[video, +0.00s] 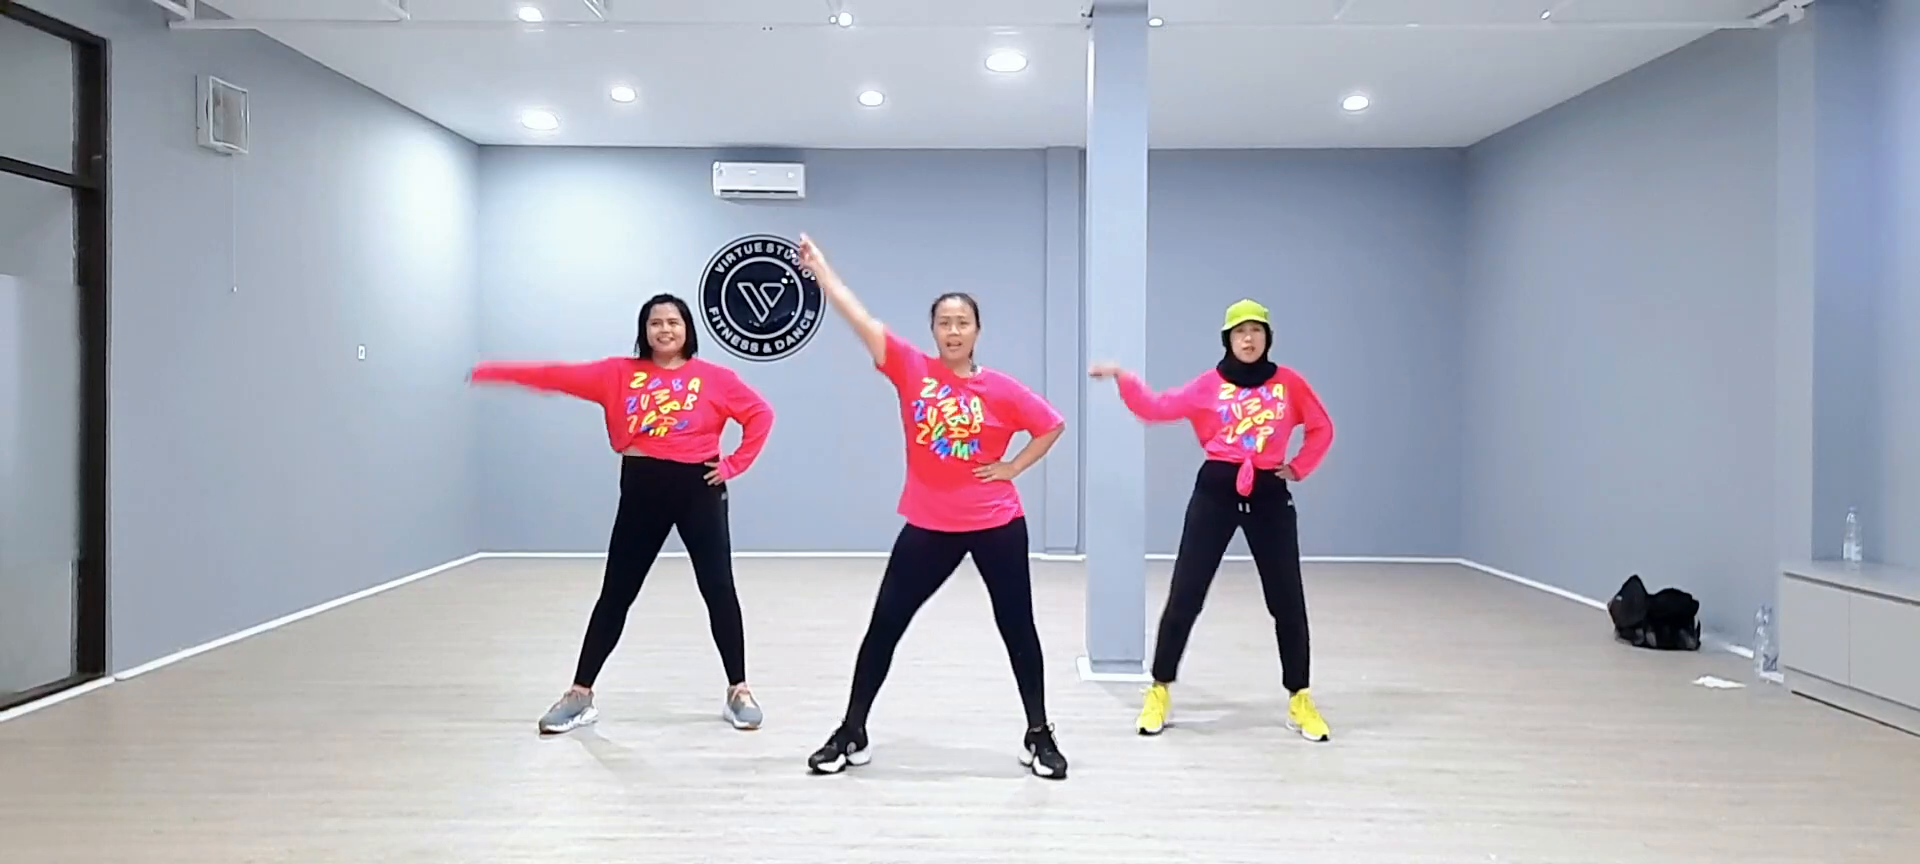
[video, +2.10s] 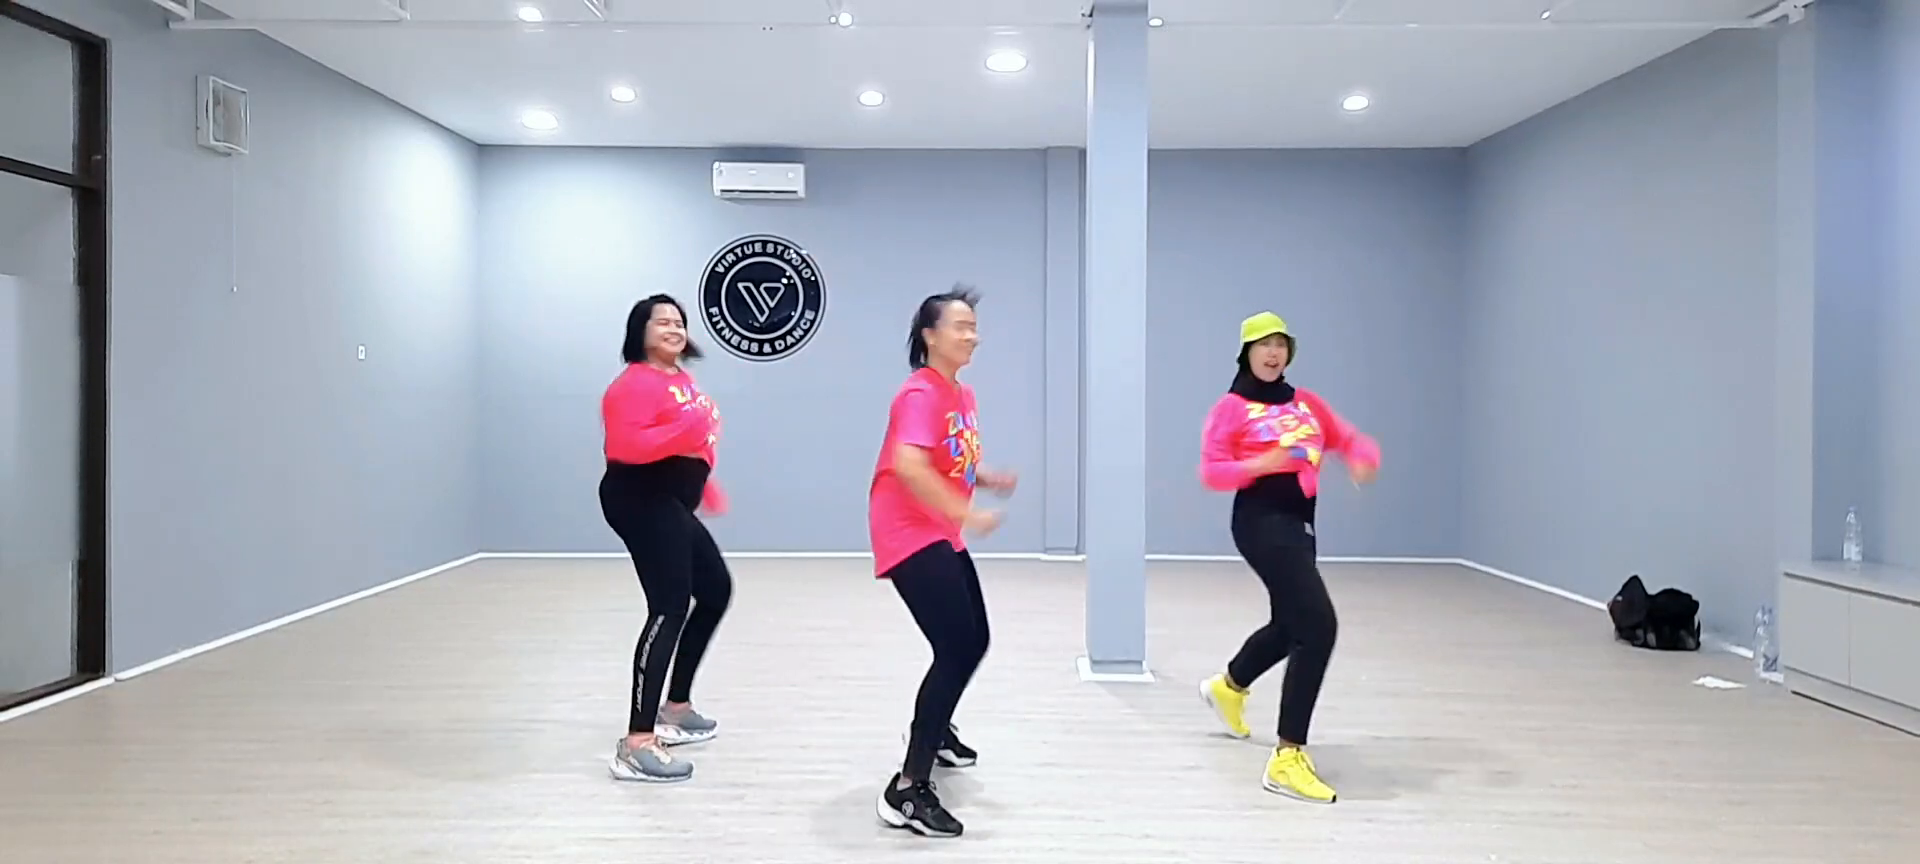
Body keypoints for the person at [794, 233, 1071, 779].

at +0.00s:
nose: (953, 330)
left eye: (962, 322)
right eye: (944, 323)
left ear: (977, 331)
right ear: (932, 331)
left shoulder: (1000, 389)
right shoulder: (912, 370)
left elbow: (1052, 426)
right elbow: (862, 322)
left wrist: (1015, 467)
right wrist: (821, 270)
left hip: (995, 524)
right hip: (930, 525)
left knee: (1018, 627)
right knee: (884, 626)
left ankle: (1039, 734)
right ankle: (853, 731)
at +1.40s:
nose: (909, 304)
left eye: (918, 296)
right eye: (900, 296)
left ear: (932, 305)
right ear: (884, 304)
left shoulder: (953, 356)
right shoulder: (869, 346)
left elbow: (997, 392)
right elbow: (856, 295)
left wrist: (980, 448)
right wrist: (856, 244)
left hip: (938, 490)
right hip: (876, 490)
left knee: (969, 601)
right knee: (862, 603)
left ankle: (985, 712)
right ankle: (840, 711)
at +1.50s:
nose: (922, 304)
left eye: (931, 296)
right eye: (913, 296)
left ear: (943, 303)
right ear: (897, 302)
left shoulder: (964, 352)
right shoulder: (882, 348)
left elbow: (998, 393)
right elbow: (881, 334)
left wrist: (1006, 454)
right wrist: (877, 273)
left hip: (950, 492)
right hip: (889, 489)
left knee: (960, 604)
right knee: (881, 602)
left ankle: (943, 705)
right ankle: (874, 658)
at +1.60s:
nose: (942, 323)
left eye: (948, 315)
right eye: (932, 315)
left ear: (955, 324)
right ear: (909, 323)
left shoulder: (970, 381)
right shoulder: (891, 371)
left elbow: (991, 446)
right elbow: (898, 428)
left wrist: (1013, 500)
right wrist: (928, 379)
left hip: (960, 523)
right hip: (902, 521)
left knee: (955, 631)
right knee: (908, 637)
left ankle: (935, 723)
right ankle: (893, 613)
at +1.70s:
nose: (944, 328)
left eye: (953, 321)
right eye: (934, 320)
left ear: (963, 328)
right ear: (917, 327)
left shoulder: (974, 389)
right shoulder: (898, 379)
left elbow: (986, 457)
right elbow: (894, 445)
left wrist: (997, 511)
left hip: (964, 524)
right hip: (909, 521)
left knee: (961, 628)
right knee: (934, 617)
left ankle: (936, 721)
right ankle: (898, 641)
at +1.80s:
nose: (946, 310)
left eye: (955, 302)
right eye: (937, 303)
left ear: (968, 309)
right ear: (921, 310)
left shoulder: (978, 367)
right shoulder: (902, 364)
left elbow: (992, 425)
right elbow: (871, 429)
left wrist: (988, 446)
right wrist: (926, 464)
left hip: (964, 502)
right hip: (913, 500)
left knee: (964, 613)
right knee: (942, 601)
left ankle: (941, 712)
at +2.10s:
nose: (972, 334)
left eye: (973, 326)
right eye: (961, 326)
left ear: (967, 337)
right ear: (929, 336)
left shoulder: (962, 393)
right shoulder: (920, 394)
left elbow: (952, 458)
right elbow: (909, 467)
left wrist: (984, 476)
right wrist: (963, 512)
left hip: (940, 531)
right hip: (910, 536)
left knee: (973, 638)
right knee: (956, 646)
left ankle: (932, 725)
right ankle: (909, 784)